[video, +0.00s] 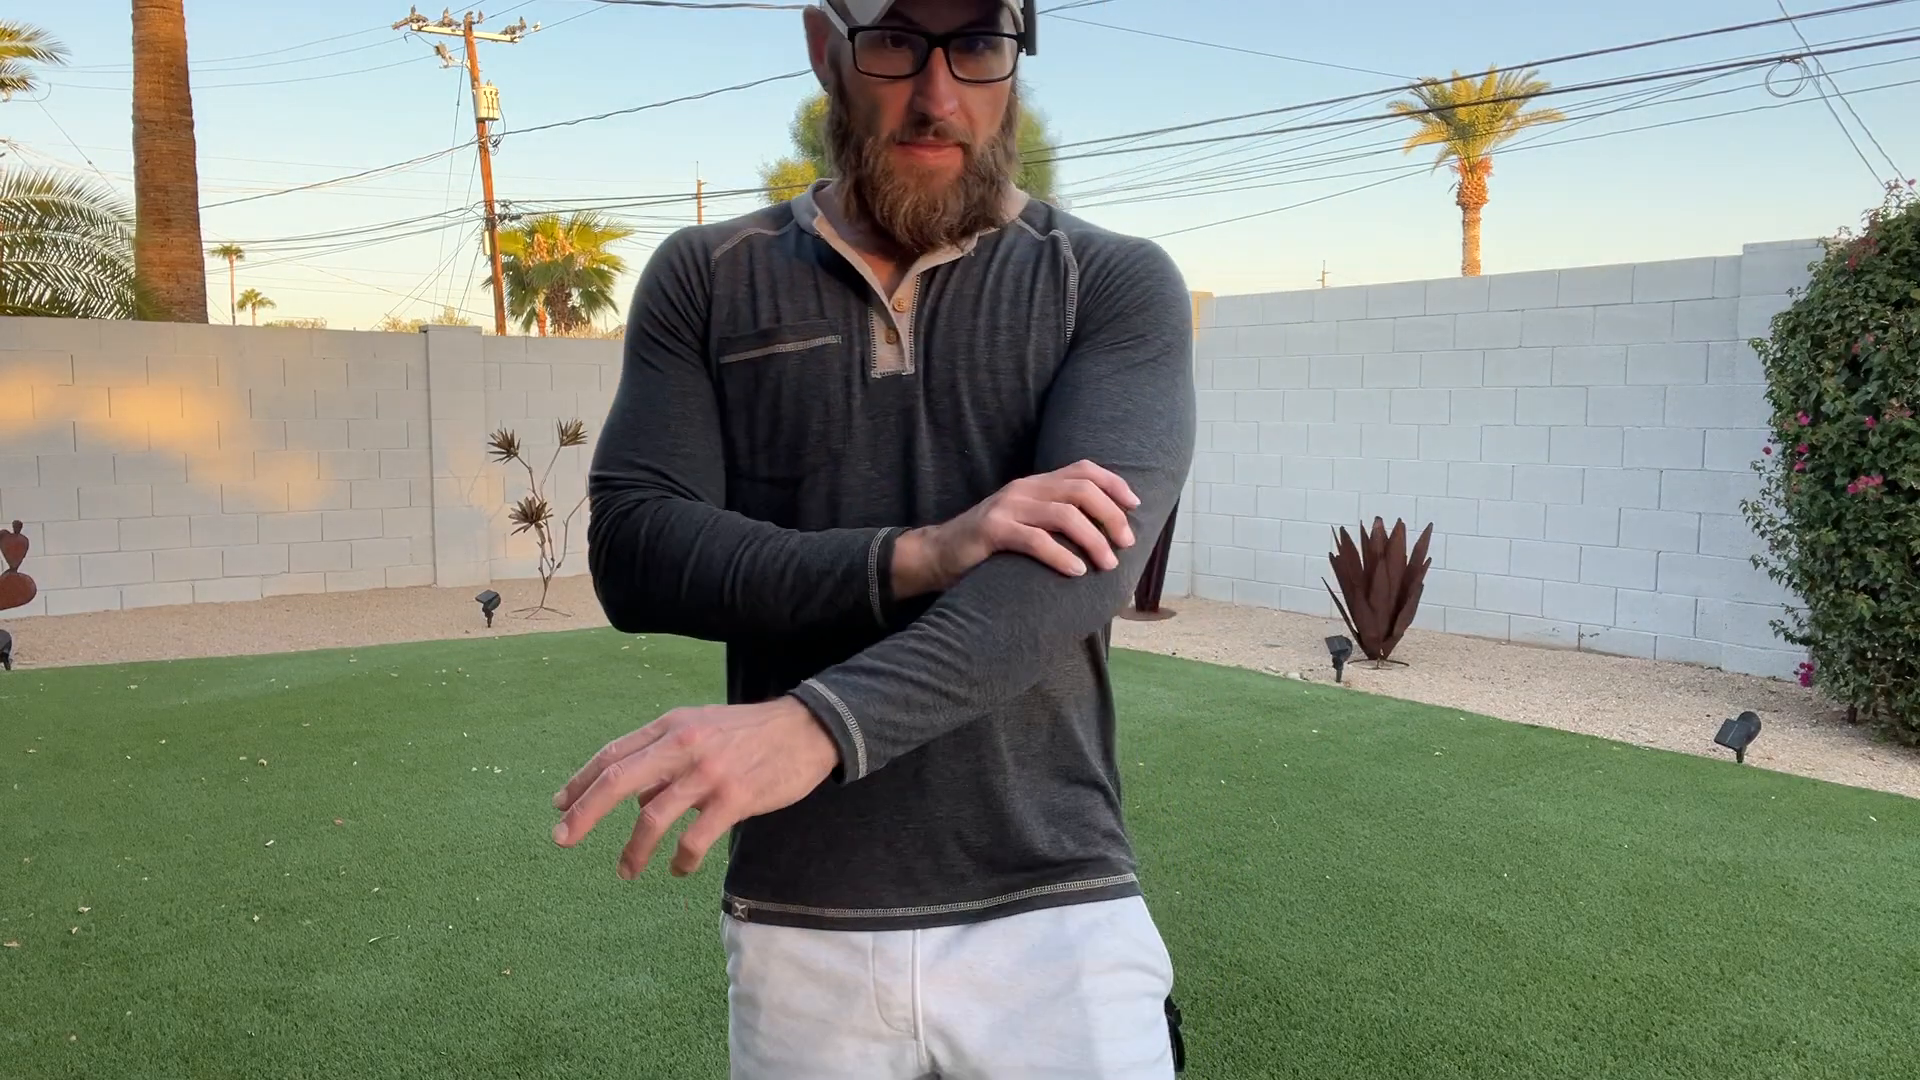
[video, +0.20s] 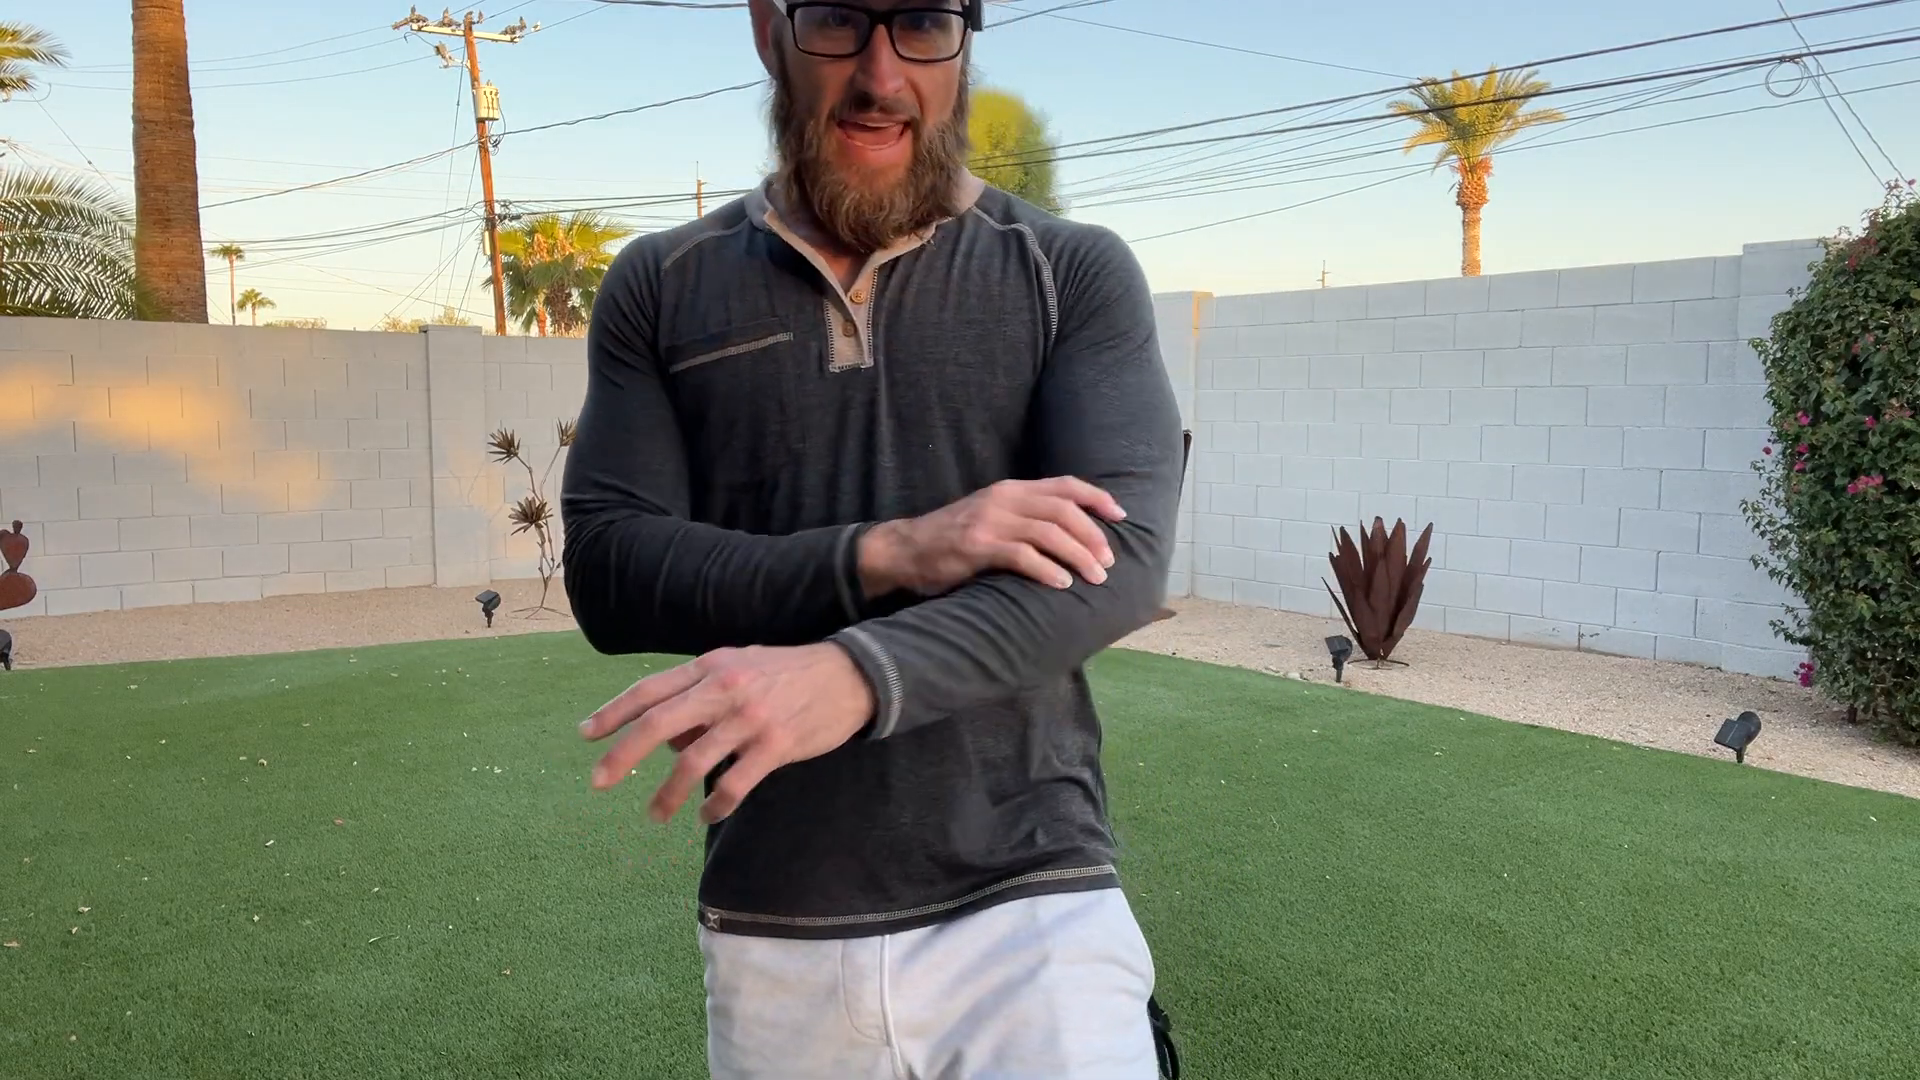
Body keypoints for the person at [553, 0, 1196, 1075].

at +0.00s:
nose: (935, 90)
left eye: (975, 48)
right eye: (893, 45)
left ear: (1015, 64)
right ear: (827, 54)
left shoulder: (1111, 279)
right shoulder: (704, 277)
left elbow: (1079, 566)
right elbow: (637, 550)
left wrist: (815, 722)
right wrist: (922, 553)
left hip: (1057, 927)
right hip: (802, 931)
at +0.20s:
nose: (881, 74)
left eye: (922, 27)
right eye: (836, 25)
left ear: (966, 45)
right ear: (768, 35)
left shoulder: (1072, 273)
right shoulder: (659, 289)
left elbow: (1115, 556)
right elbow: (611, 574)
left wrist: (860, 672)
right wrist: (892, 550)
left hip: (1032, 920)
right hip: (776, 939)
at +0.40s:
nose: (850, 89)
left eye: (893, 39)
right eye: (804, 40)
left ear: (945, 47)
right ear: (741, 40)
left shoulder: (1079, 278)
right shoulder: (639, 299)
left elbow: (1238, 527)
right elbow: (567, 631)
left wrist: (1240, 614)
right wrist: (523, 618)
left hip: (1033, 940)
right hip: (764, 957)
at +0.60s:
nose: (870, 82)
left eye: (915, 34)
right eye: (823, 33)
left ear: (966, 45)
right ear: (757, 36)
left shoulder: (1100, 275)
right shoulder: (642, 297)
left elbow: (1181, 552)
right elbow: (591, 561)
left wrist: (1325, 632)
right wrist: (449, 630)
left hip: (1034, 926)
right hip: (773, 954)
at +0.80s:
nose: (917, 76)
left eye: (966, 28)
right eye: (868, 25)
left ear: (1020, 40)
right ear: (801, 29)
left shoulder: (1151, 283)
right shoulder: (675, 294)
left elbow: (1238, 585)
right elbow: (621, 572)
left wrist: (1376, 655)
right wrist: (496, 647)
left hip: (1073, 975)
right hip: (792, 986)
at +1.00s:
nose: (1009, 46)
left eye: (1058, 4)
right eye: (958, 1)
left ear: (1107, 26)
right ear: (889, 13)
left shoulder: (1238, 278)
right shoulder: (723, 277)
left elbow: (1338, 603)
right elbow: (646, 587)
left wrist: (1378, 806)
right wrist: (614, 752)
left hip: (1154, 1004)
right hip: (842, 1013)